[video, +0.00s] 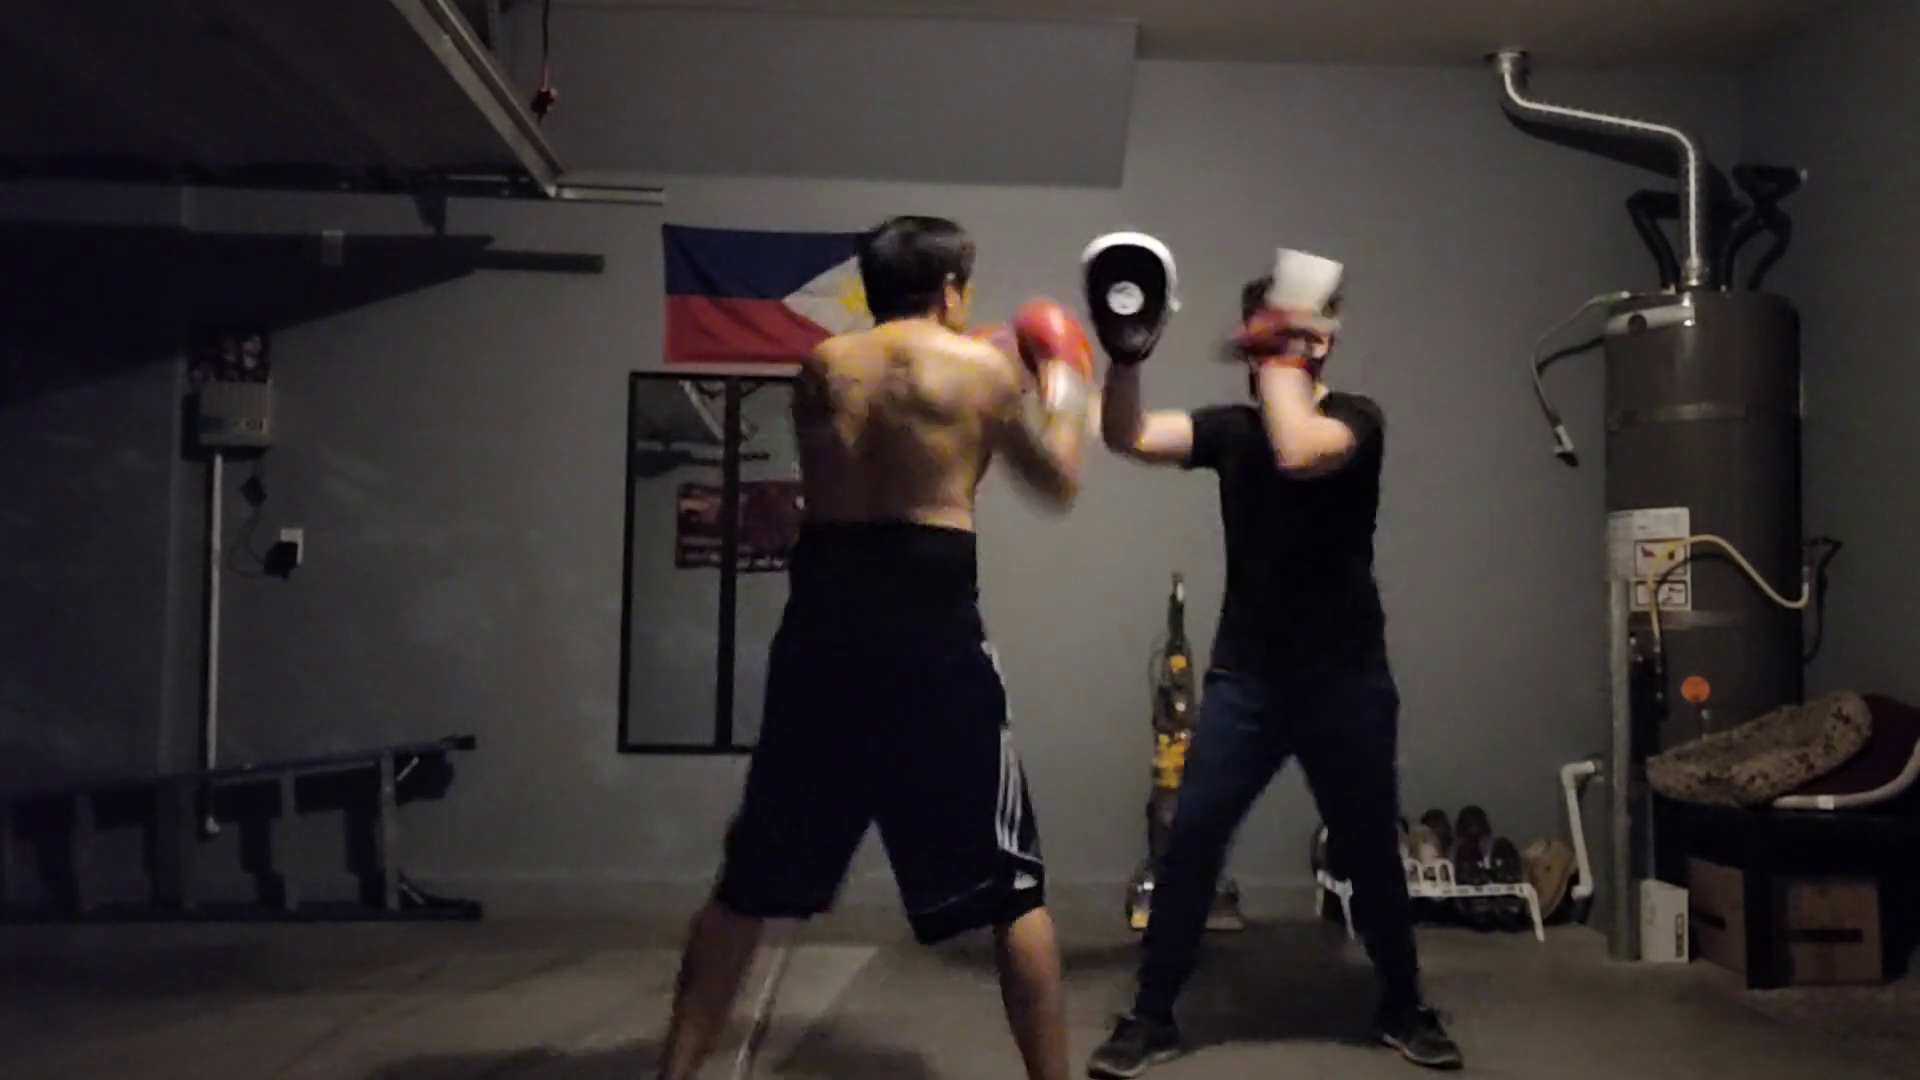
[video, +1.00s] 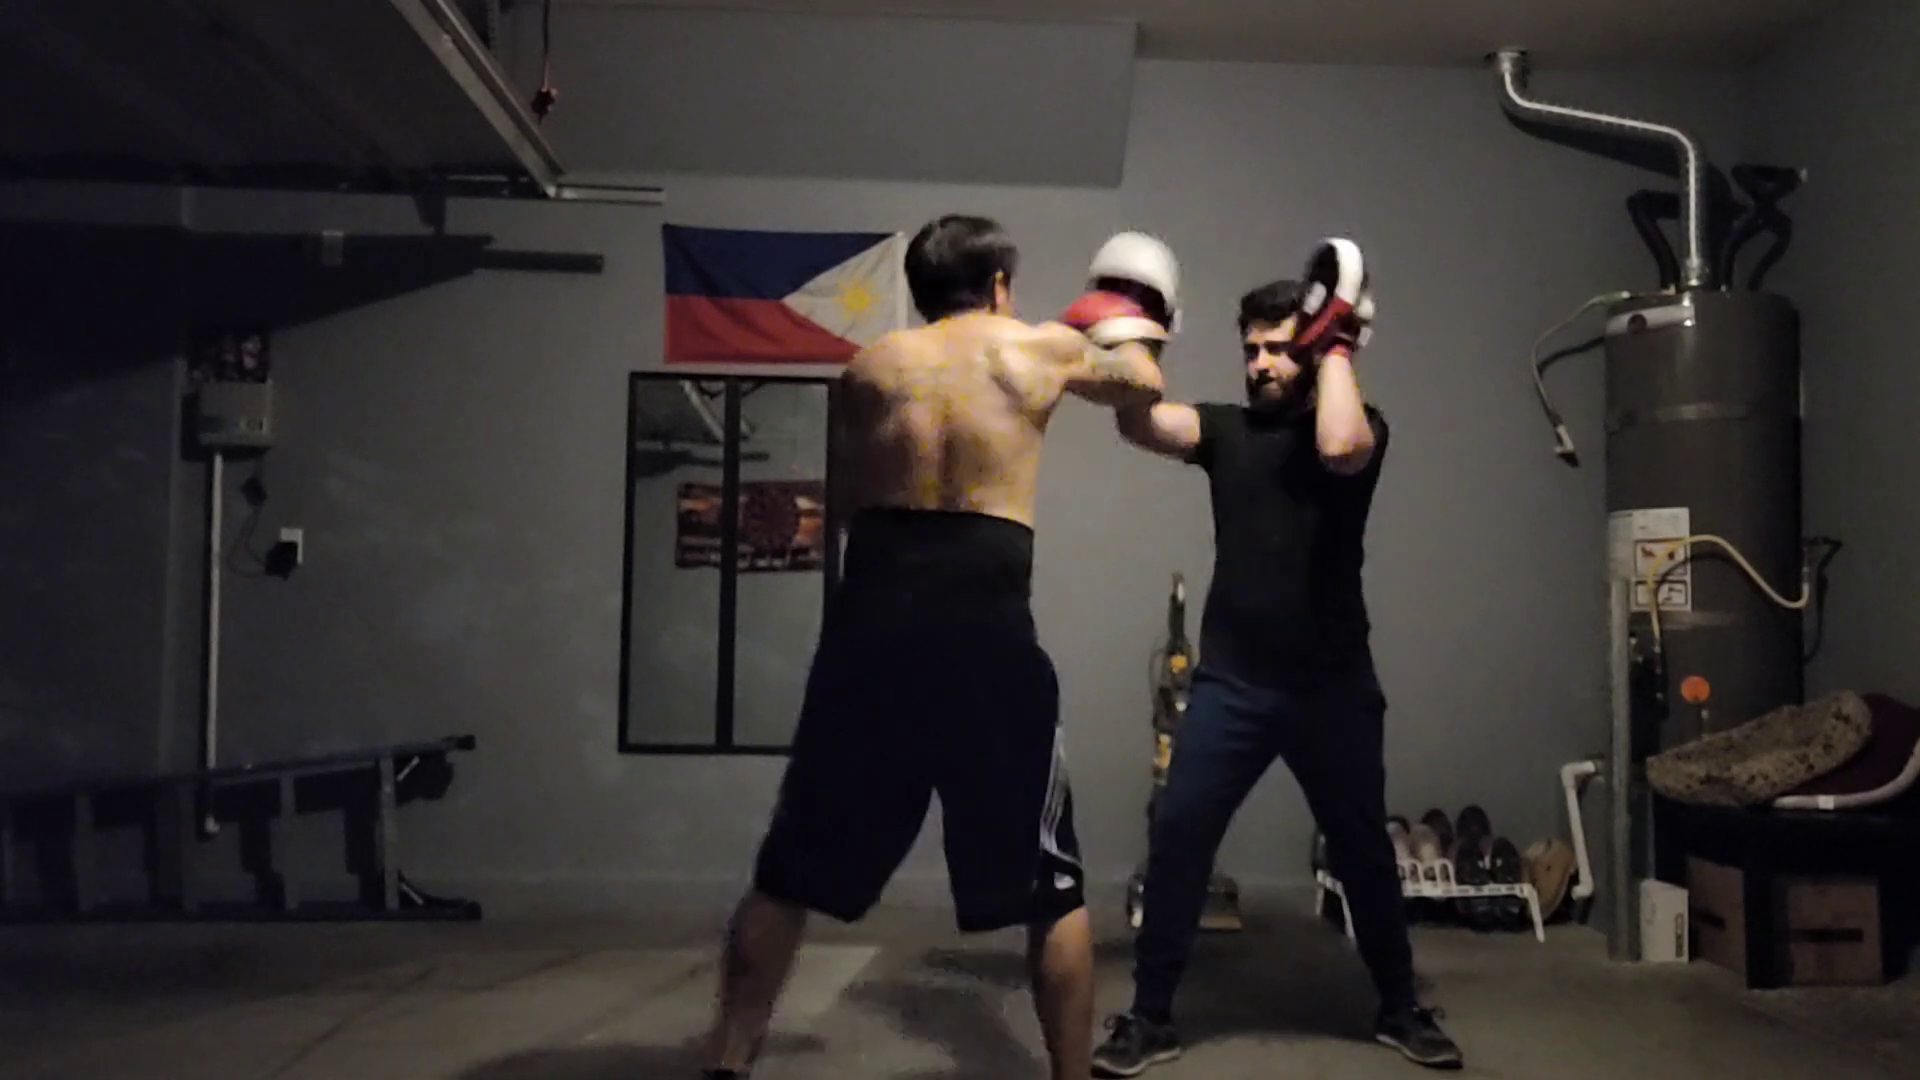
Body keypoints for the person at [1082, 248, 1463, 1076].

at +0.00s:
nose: (1270, 350)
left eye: (1286, 336)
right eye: (1260, 338)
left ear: (1321, 346)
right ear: (1247, 349)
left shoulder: (1354, 418)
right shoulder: (1233, 427)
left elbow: (1298, 449)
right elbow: (1126, 434)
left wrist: (1277, 359)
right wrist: (1125, 357)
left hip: (1344, 681)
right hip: (1246, 679)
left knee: (1371, 851)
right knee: (1192, 833)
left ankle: (1405, 1007)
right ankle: (1153, 1014)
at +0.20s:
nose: (1244, 355)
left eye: (1261, 341)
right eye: (1237, 344)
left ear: (1305, 342)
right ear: (1227, 349)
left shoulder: (1340, 416)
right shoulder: (1217, 422)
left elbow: (1277, 436)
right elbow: (1122, 441)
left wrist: (1208, 356)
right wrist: (1117, 357)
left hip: (1326, 683)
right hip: (1229, 683)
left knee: (1366, 854)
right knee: (1174, 825)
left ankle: (1403, 1010)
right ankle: (1150, 1016)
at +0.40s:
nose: (1233, 356)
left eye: (1251, 340)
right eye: (1226, 343)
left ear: (1298, 343)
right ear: (1217, 351)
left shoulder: (1331, 415)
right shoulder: (1218, 424)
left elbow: (1279, 457)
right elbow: (1129, 444)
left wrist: (1230, 381)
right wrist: (1094, 394)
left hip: (1321, 679)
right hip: (1227, 680)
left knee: (1362, 848)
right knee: (1177, 826)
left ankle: (1402, 1008)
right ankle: (1150, 1014)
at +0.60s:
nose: (1246, 359)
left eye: (1262, 344)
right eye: (1237, 347)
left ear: (1300, 347)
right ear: (1228, 354)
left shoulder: (1341, 420)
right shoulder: (1215, 428)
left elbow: (1314, 447)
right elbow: (1128, 446)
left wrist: (1300, 348)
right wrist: (1128, 361)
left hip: (1331, 684)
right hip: (1233, 683)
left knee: (1365, 852)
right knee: (1180, 825)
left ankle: (1400, 1007)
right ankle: (1151, 1013)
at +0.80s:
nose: (1251, 361)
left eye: (1266, 347)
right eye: (1242, 350)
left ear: (1308, 349)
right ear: (1234, 356)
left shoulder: (1339, 419)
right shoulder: (1226, 423)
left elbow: (1294, 445)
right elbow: (1144, 446)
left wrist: (1214, 382)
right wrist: (1107, 394)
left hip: (1329, 681)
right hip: (1234, 680)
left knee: (1363, 845)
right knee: (1177, 827)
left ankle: (1400, 1008)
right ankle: (1149, 1016)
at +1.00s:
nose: (1256, 364)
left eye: (1272, 350)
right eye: (1250, 350)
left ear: (1314, 352)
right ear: (1245, 355)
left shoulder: (1359, 423)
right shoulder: (1227, 425)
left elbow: (1340, 447)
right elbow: (1141, 423)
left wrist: (1336, 348)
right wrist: (1131, 344)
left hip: (1331, 687)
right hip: (1232, 682)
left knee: (1363, 849)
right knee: (1179, 826)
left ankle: (1401, 1007)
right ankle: (1150, 1014)